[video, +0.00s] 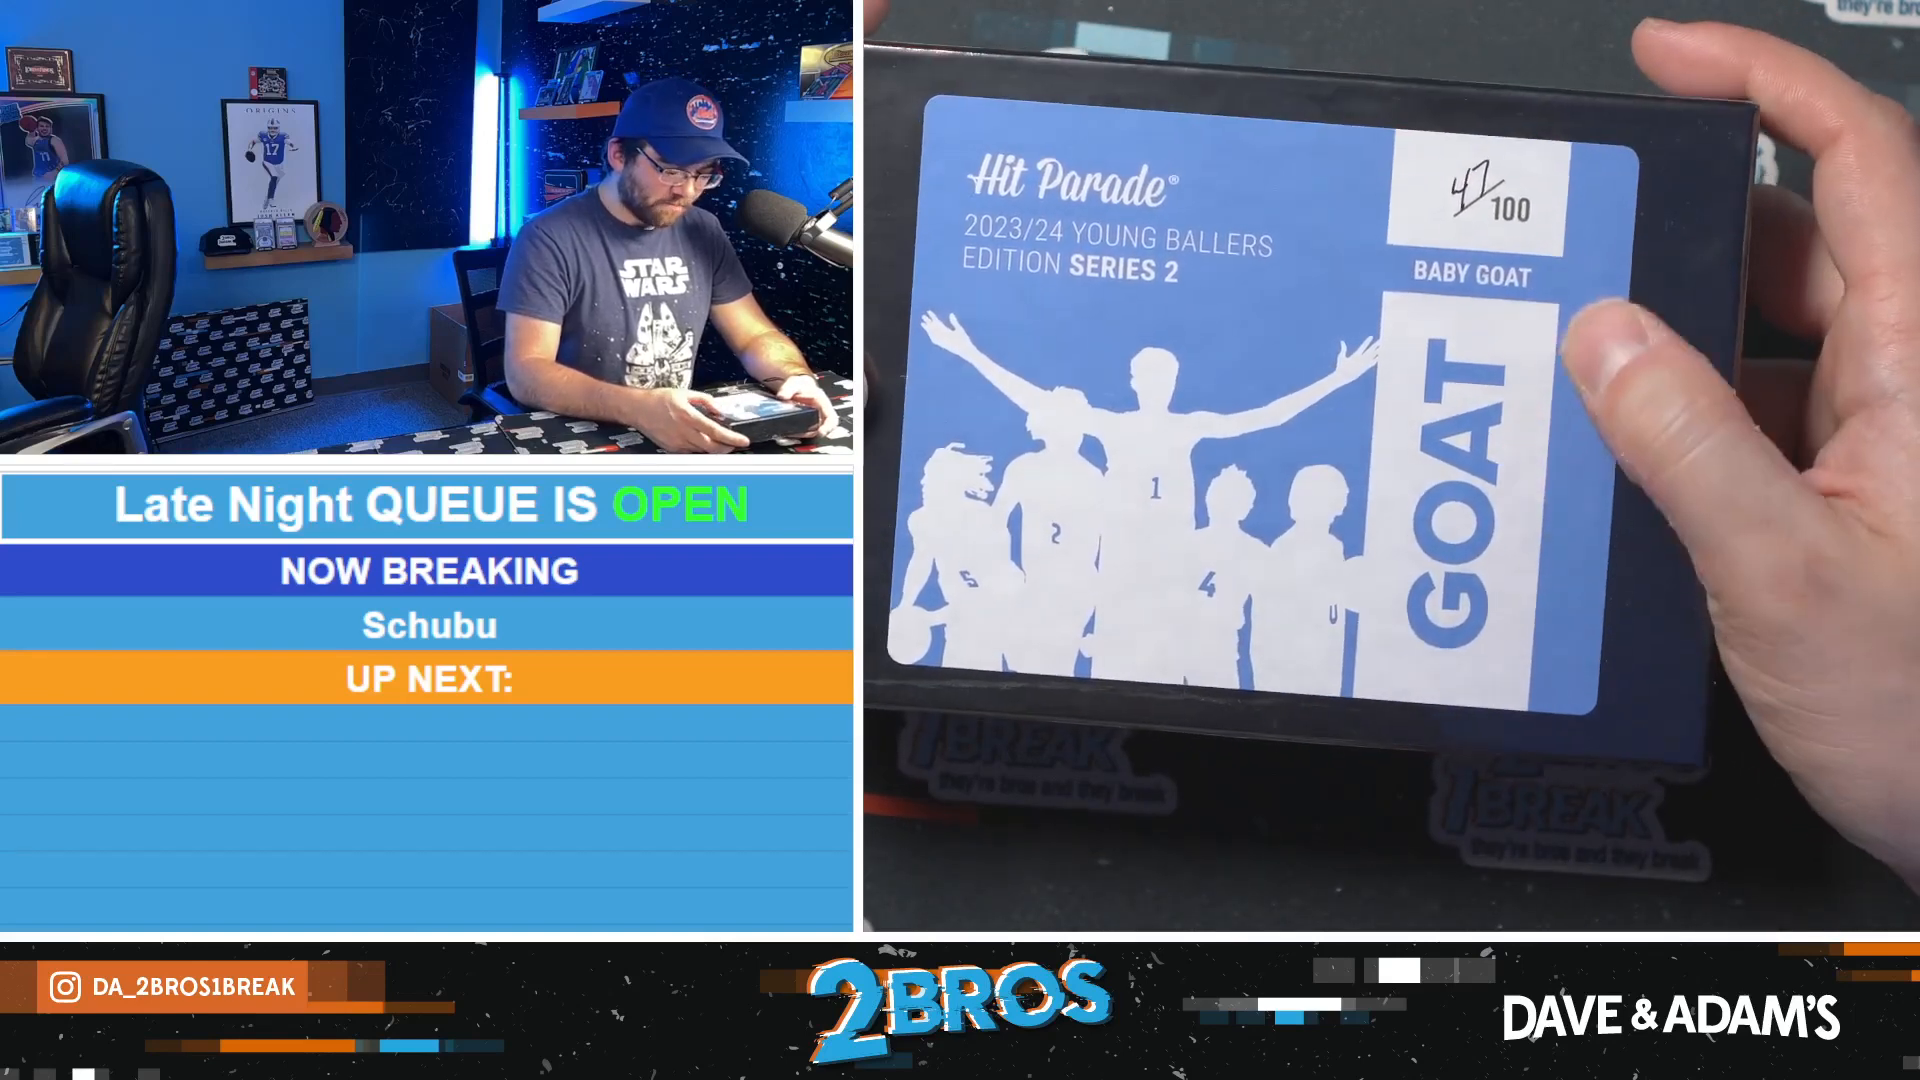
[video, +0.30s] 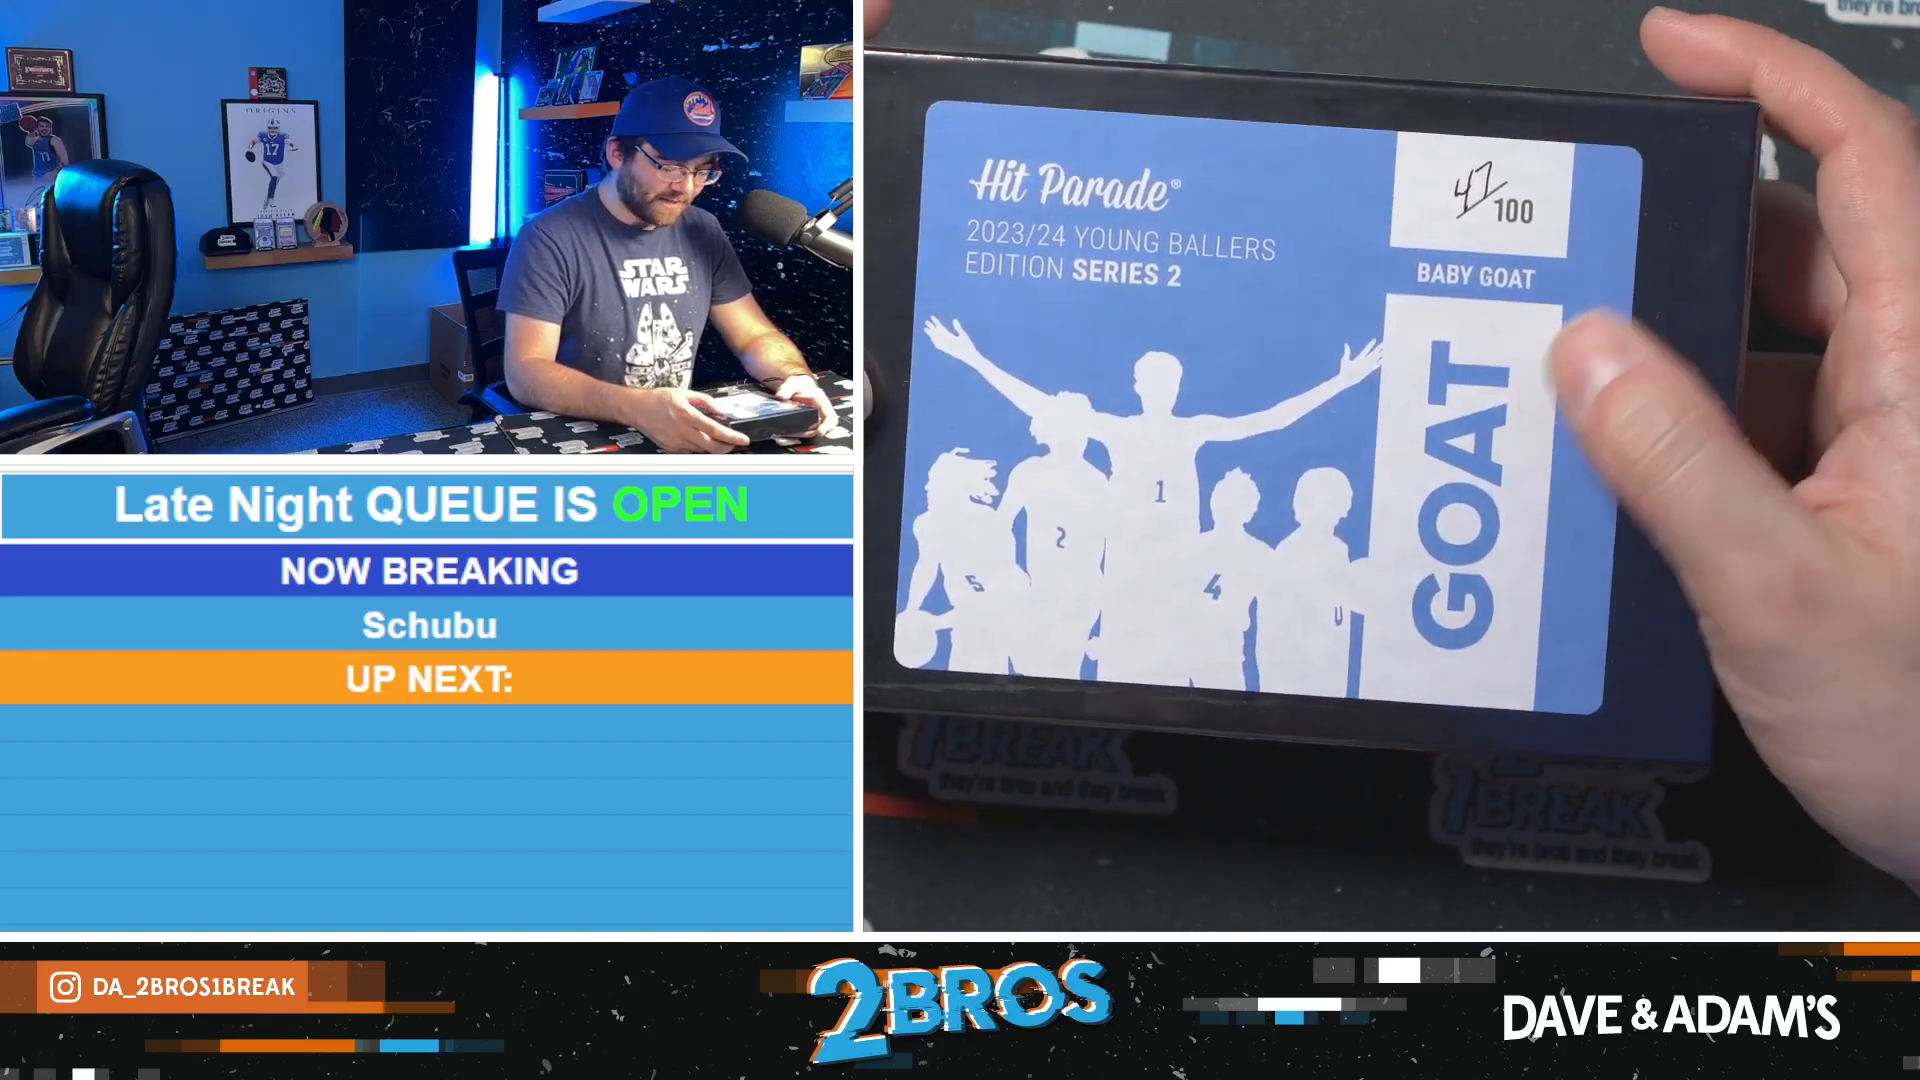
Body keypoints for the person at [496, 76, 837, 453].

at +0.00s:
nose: (688, 190)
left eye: (703, 173)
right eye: (671, 169)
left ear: (715, 170)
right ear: (618, 156)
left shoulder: (702, 232)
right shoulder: (553, 237)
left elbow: (756, 335)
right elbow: (528, 373)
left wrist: (795, 375)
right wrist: (640, 407)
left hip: (681, 458)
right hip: (577, 464)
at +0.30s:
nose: (685, 187)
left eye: (701, 169)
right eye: (668, 165)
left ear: (712, 168)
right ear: (617, 154)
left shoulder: (702, 233)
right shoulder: (552, 238)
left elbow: (755, 335)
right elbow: (527, 373)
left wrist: (795, 376)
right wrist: (639, 407)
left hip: (680, 459)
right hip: (576, 465)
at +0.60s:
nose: (685, 189)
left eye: (700, 172)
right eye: (669, 167)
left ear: (712, 169)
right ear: (617, 154)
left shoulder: (703, 233)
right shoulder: (553, 237)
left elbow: (758, 335)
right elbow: (529, 373)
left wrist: (799, 378)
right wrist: (638, 405)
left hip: (687, 461)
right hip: (581, 464)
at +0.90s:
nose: (684, 193)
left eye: (700, 176)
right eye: (669, 171)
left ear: (713, 172)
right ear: (618, 154)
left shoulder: (702, 233)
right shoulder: (553, 238)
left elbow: (757, 336)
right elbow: (529, 374)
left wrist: (800, 379)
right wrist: (640, 406)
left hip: (686, 460)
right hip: (580, 465)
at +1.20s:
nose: (687, 187)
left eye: (702, 170)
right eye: (670, 166)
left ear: (714, 168)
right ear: (618, 154)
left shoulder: (700, 232)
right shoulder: (551, 237)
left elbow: (755, 335)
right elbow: (527, 373)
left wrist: (797, 383)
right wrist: (641, 406)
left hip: (681, 458)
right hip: (576, 463)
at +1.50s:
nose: (689, 185)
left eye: (704, 169)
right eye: (673, 165)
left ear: (715, 169)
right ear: (620, 152)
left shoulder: (701, 232)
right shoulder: (552, 239)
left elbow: (755, 333)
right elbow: (527, 375)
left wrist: (797, 380)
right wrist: (641, 398)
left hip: (686, 457)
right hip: (581, 462)